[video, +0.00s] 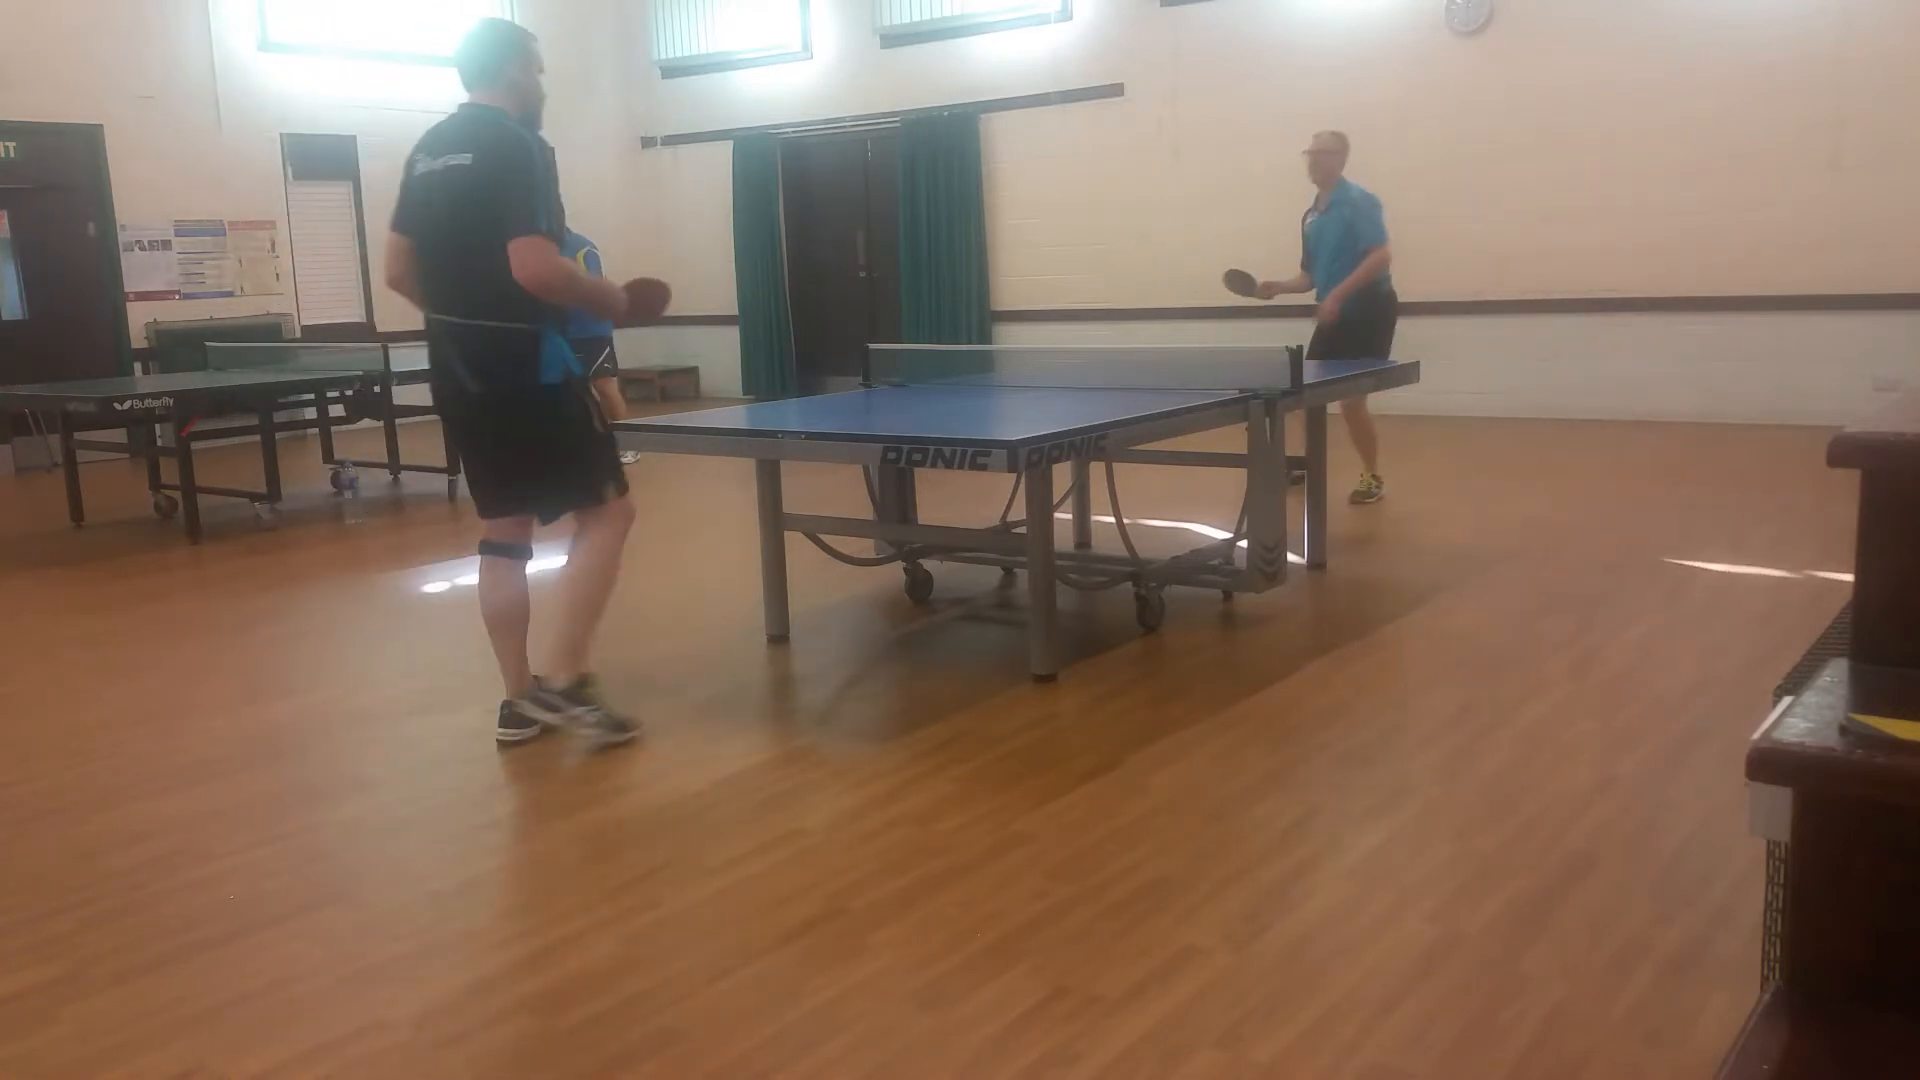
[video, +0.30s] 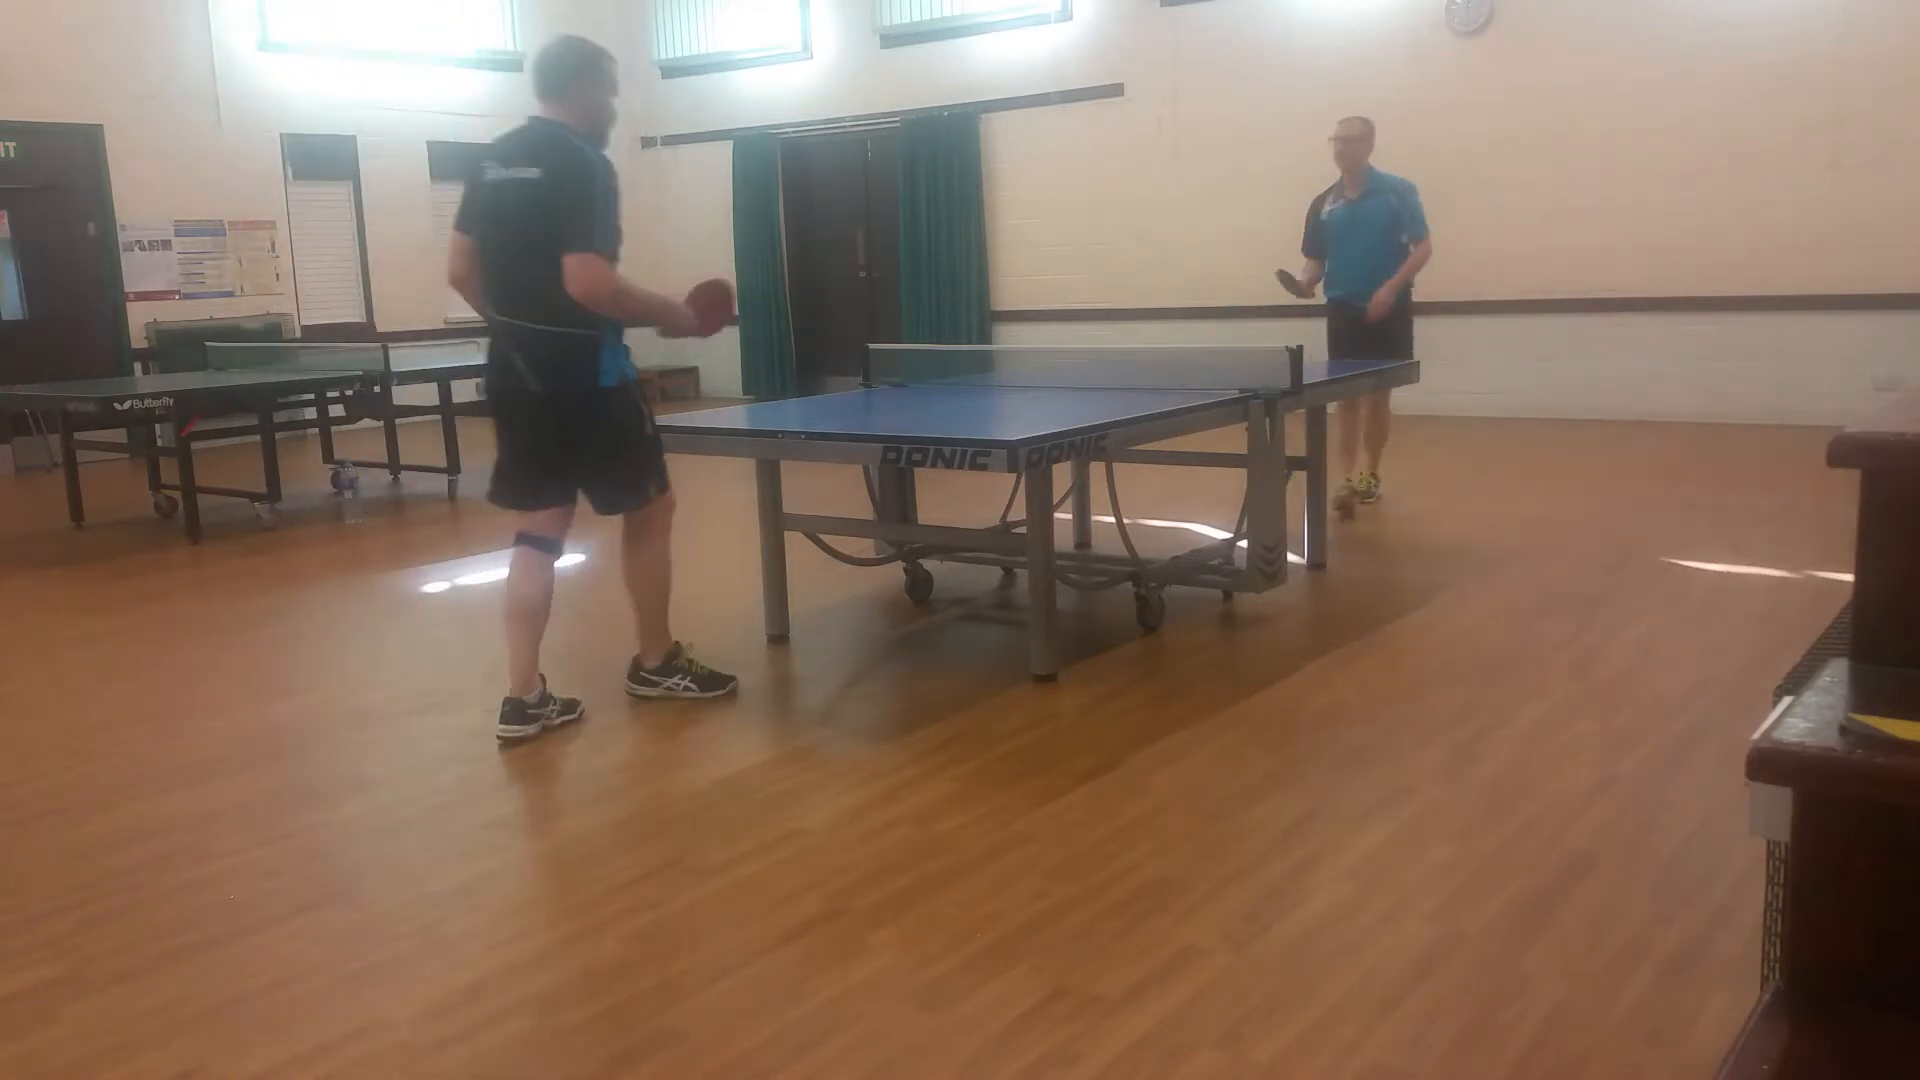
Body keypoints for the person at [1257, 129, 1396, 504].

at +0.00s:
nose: (1312, 162)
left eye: (1321, 155)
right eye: (1310, 155)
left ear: (1340, 159)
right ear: (1307, 160)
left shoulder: (1361, 202)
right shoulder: (1312, 216)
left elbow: (1380, 257)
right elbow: (1308, 278)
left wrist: (1336, 295)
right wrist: (1276, 287)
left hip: (1368, 306)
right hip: (1333, 309)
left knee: (1351, 396)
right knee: (1310, 388)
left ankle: (1371, 476)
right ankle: (1307, 465)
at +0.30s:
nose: (1343, 149)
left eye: (1352, 141)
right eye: (1338, 141)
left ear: (1370, 146)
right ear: (1331, 146)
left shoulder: (1399, 192)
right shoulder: (1323, 204)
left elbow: (1423, 247)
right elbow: (1315, 258)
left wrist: (1391, 288)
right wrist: (1305, 281)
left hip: (1387, 310)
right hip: (1342, 312)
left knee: (1376, 396)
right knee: (1346, 398)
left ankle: (1370, 475)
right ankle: (1345, 480)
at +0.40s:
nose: (1349, 151)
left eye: (1357, 143)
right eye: (1343, 144)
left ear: (1375, 148)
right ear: (1335, 150)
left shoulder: (1406, 195)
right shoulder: (1327, 207)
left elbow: (1428, 251)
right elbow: (1314, 264)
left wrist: (1404, 296)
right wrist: (1312, 299)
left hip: (1394, 313)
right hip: (1350, 315)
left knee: (1383, 400)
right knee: (1361, 400)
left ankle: (1370, 477)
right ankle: (1365, 482)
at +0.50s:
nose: (1351, 153)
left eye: (1360, 145)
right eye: (1345, 146)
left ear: (1376, 149)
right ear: (1336, 153)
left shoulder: (1409, 193)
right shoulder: (1331, 211)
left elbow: (1434, 251)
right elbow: (1314, 267)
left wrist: (1419, 306)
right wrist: (1327, 307)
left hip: (1405, 316)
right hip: (1358, 319)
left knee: (1394, 409)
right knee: (1371, 404)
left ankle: (1364, 482)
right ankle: (1372, 491)